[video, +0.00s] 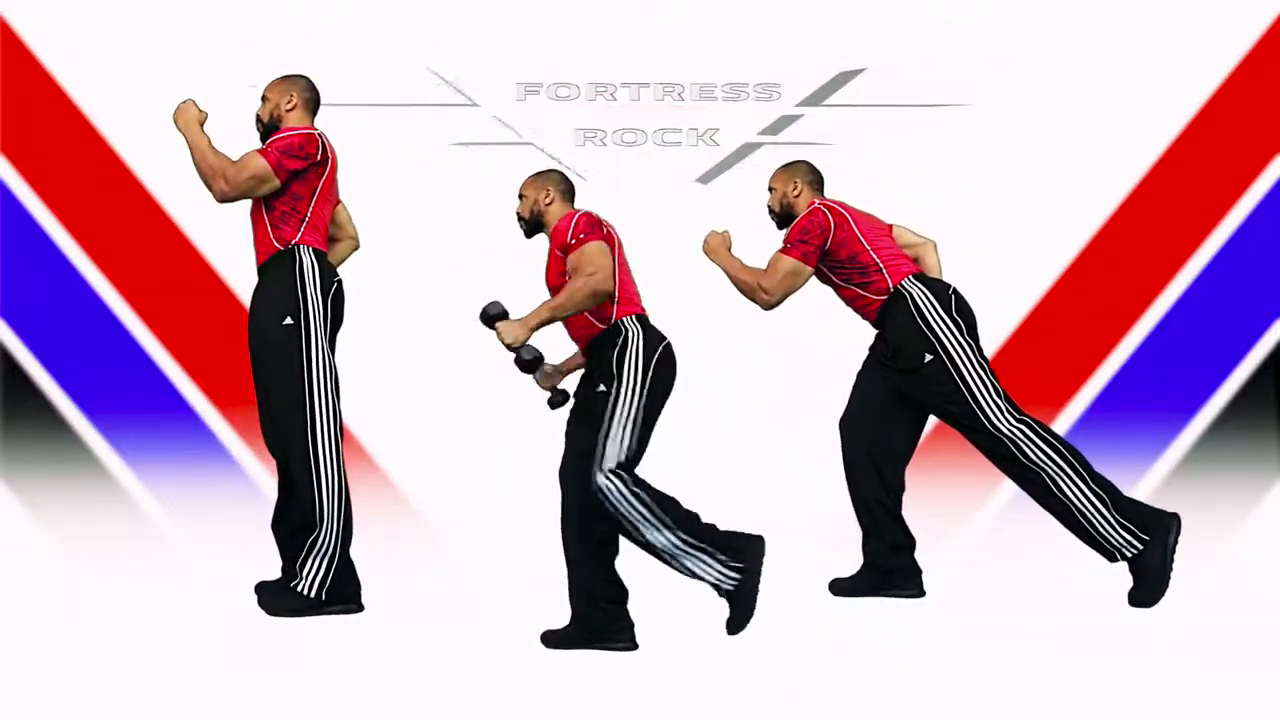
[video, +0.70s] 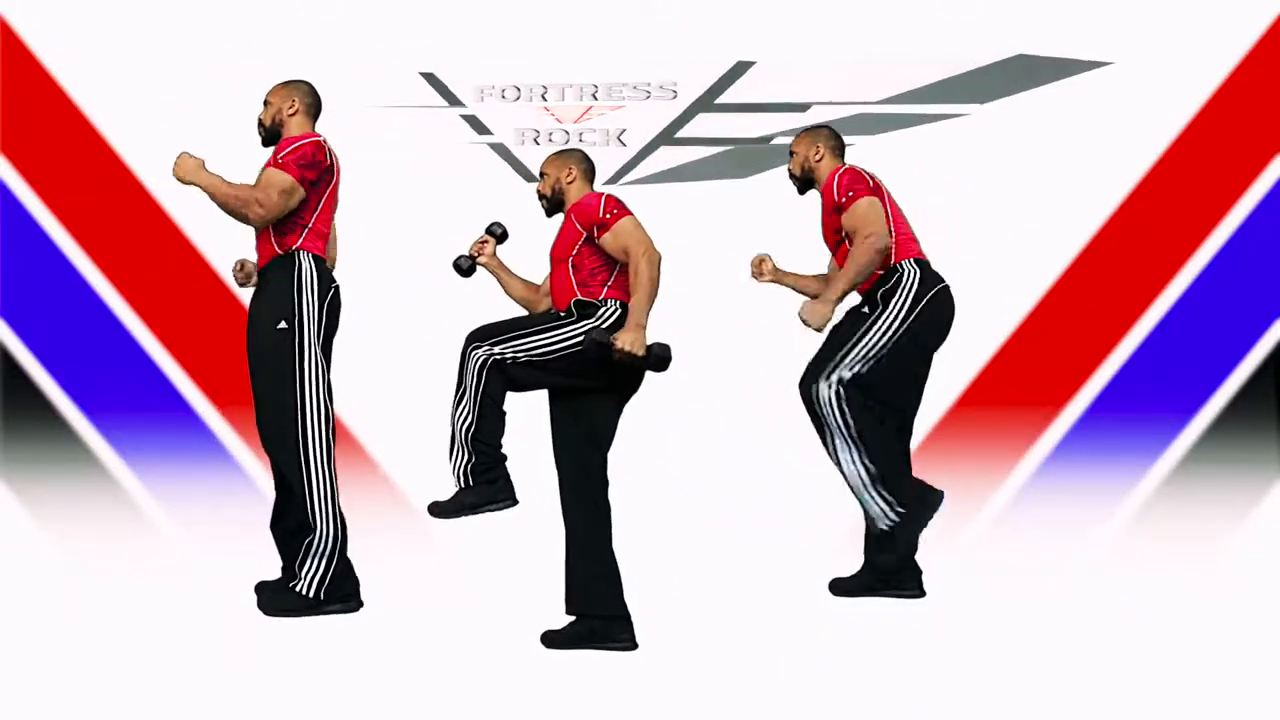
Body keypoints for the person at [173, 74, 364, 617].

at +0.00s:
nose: (257, 108)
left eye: (264, 99)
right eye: (260, 101)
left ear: (288, 101)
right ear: (297, 105)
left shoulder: (302, 142)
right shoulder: (301, 156)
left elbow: (226, 184)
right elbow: (345, 237)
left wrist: (193, 130)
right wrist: (298, 284)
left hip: (297, 284)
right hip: (288, 288)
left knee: (310, 430)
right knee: (290, 433)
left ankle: (326, 581)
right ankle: (305, 573)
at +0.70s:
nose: (260, 113)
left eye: (265, 104)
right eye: (262, 105)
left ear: (289, 105)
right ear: (297, 109)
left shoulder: (307, 146)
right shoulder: (293, 158)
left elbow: (263, 205)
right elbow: (315, 247)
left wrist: (201, 177)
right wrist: (260, 266)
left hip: (298, 284)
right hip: (283, 287)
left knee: (302, 426)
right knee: (282, 430)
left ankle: (324, 577)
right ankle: (304, 570)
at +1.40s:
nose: (261, 124)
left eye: (267, 114)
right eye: (262, 116)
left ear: (294, 115)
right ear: (295, 118)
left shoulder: (315, 155)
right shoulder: (286, 183)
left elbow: (356, 216)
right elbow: (230, 231)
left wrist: (307, 260)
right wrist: (208, 177)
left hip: (297, 284)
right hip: (297, 298)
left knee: (182, 294)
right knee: (289, 439)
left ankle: (192, 426)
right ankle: (316, 571)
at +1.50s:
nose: (261, 124)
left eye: (267, 114)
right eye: (263, 116)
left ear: (293, 115)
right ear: (295, 119)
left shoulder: (313, 156)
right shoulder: (285, 183)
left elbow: (356, 217)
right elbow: (230, 231)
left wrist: (306, 261)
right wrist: (208, 178)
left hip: (297, 286)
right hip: (298, 298)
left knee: (183, 300)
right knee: (286, 438)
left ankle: (196, 430)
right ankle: (316, 571)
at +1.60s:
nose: (261, 123)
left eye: (267, 114)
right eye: (263, 116)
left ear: (293, 115)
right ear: (295, 119)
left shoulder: (312, 156)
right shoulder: (285, 182)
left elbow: (355, 217)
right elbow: (230, 231)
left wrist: (305, 262)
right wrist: (208, 178)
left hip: (297, 286)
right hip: (298, 298)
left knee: (183, 301)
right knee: (286, 437)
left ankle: (196, 430)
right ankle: (316, 571)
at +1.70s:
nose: (261, 124)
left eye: (267, 114)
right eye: (262, 116)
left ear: (293, 115)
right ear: (295, 119)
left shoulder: (312, 156)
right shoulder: (286, 182)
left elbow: (355, 215)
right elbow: (230, 232)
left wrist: (308, 260)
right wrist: (208, 178)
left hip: (296, 285)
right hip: (298, 298)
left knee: (182, 299)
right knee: (286, 437)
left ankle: (193, 429)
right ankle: (316, 571)